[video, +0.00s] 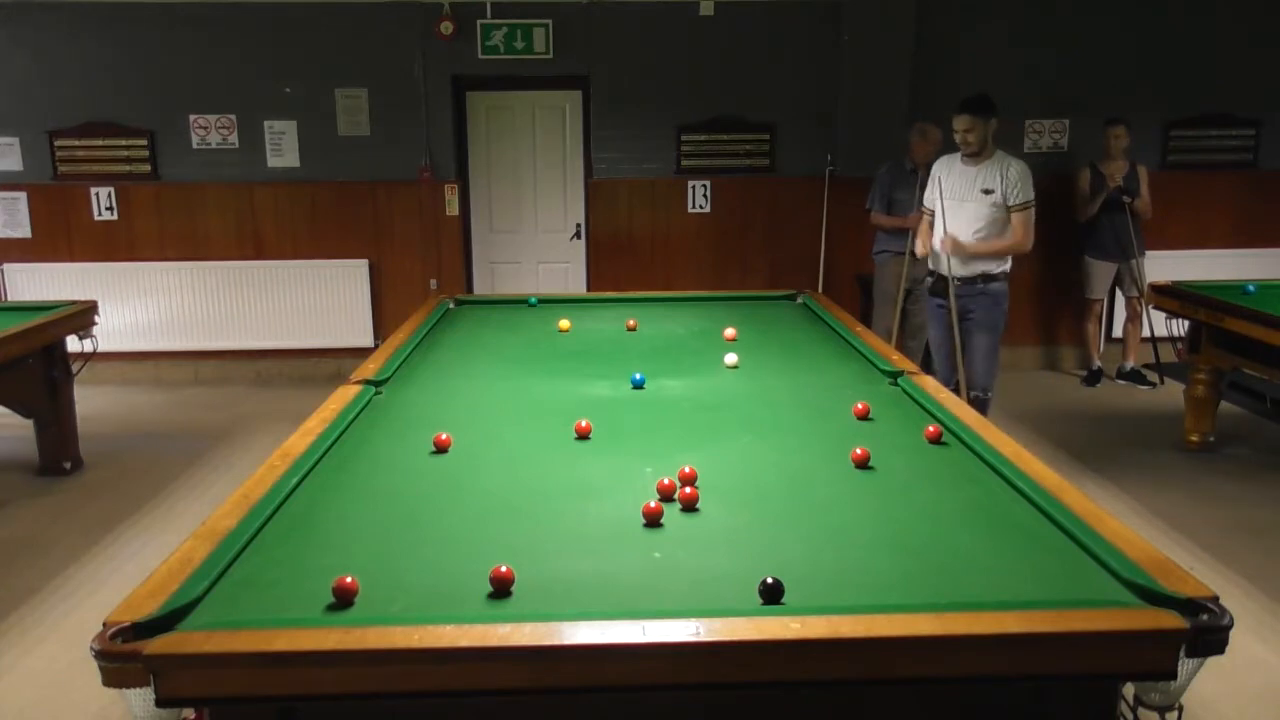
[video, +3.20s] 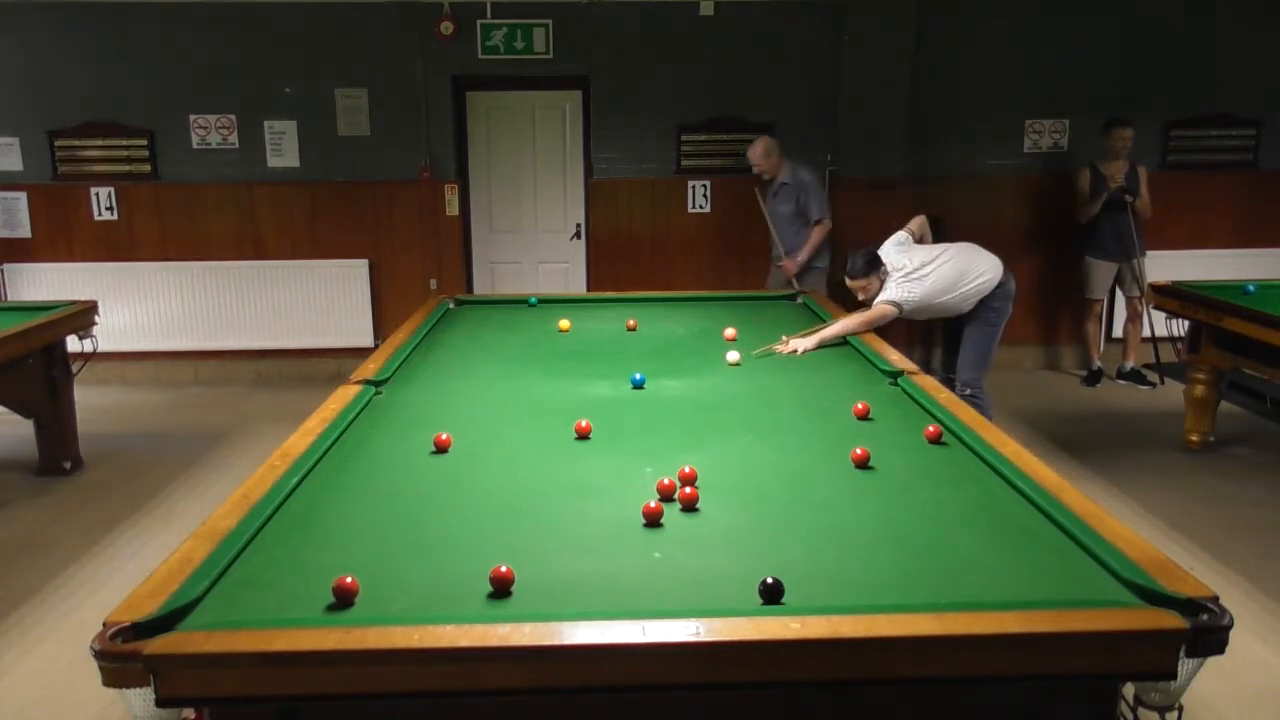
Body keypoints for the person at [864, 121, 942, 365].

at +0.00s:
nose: (934, 152)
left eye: (936, 147)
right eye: (930, 146)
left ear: (937, 149)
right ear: (915, 143)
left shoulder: (935, 177)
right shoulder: (891, 172)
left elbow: (942, 216)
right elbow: (875, 217)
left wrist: (928, 224)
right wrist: (906, 222)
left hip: (924, 259)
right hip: (892, 257)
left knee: (917, 331)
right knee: (885, 326)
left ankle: (908, 386)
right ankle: (877, 382)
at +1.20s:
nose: (917, 152)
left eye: (922, 147)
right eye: (913, 146)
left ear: (928, 149)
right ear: (904, 147)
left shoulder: (935, 179)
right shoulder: (888, 175)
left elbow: (944, 218)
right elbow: (865, 213)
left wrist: (932, 248)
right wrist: (877, 248)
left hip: (923, 261)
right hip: (889, 260)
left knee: (915, 330)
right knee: (883, 326)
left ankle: (912, 385)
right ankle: (879, 381)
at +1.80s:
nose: (880, 152)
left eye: (885, 147)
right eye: (876, 147)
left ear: (893, 148)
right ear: (868, 148)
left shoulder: (903, 176)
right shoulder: (856, 175)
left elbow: (915, 218)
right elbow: (838, 216)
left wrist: (908, 248)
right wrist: (846, 258)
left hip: (897, 259)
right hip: (864, 259)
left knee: (897, 322)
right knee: (865, 323)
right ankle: (862, 373)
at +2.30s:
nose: (844, 168)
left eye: (850, 163)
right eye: (839, 163)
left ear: (862, 157)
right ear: (834, 160)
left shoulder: (884, 178)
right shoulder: (835, 181)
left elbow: (904, 214)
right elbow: (826, 223)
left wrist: (881, 239)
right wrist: (819, 261)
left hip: (878, 257)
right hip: (847, 259)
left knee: (877, 317)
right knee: (850, 315)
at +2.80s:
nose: (806, 172)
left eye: (811, 166)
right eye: (803, 167)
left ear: (826, 159)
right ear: (800, 163)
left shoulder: (854, 179)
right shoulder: (811, 181)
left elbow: (873, 224)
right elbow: (813, 223)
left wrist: (839, 249)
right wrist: (807, 256)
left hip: (850, 268)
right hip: (821, 266)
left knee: (849, 328)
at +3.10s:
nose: (768, 173)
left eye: (772, 167)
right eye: (765, 168)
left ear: (788, 160)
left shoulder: (818, 179)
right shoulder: (782, 186)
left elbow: (837, 226)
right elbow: (794, 232)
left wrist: (809, 262)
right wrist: (787, 264)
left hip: (826, 268)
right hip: (799, 267)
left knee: (829, 329)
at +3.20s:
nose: (755, 171)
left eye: (759, 165)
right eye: (753, 166)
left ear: (774, 158)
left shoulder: (804, 180)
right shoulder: (772, 183)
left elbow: (824, 223)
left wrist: (799, 260)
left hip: (811, 267)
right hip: (781, 263)